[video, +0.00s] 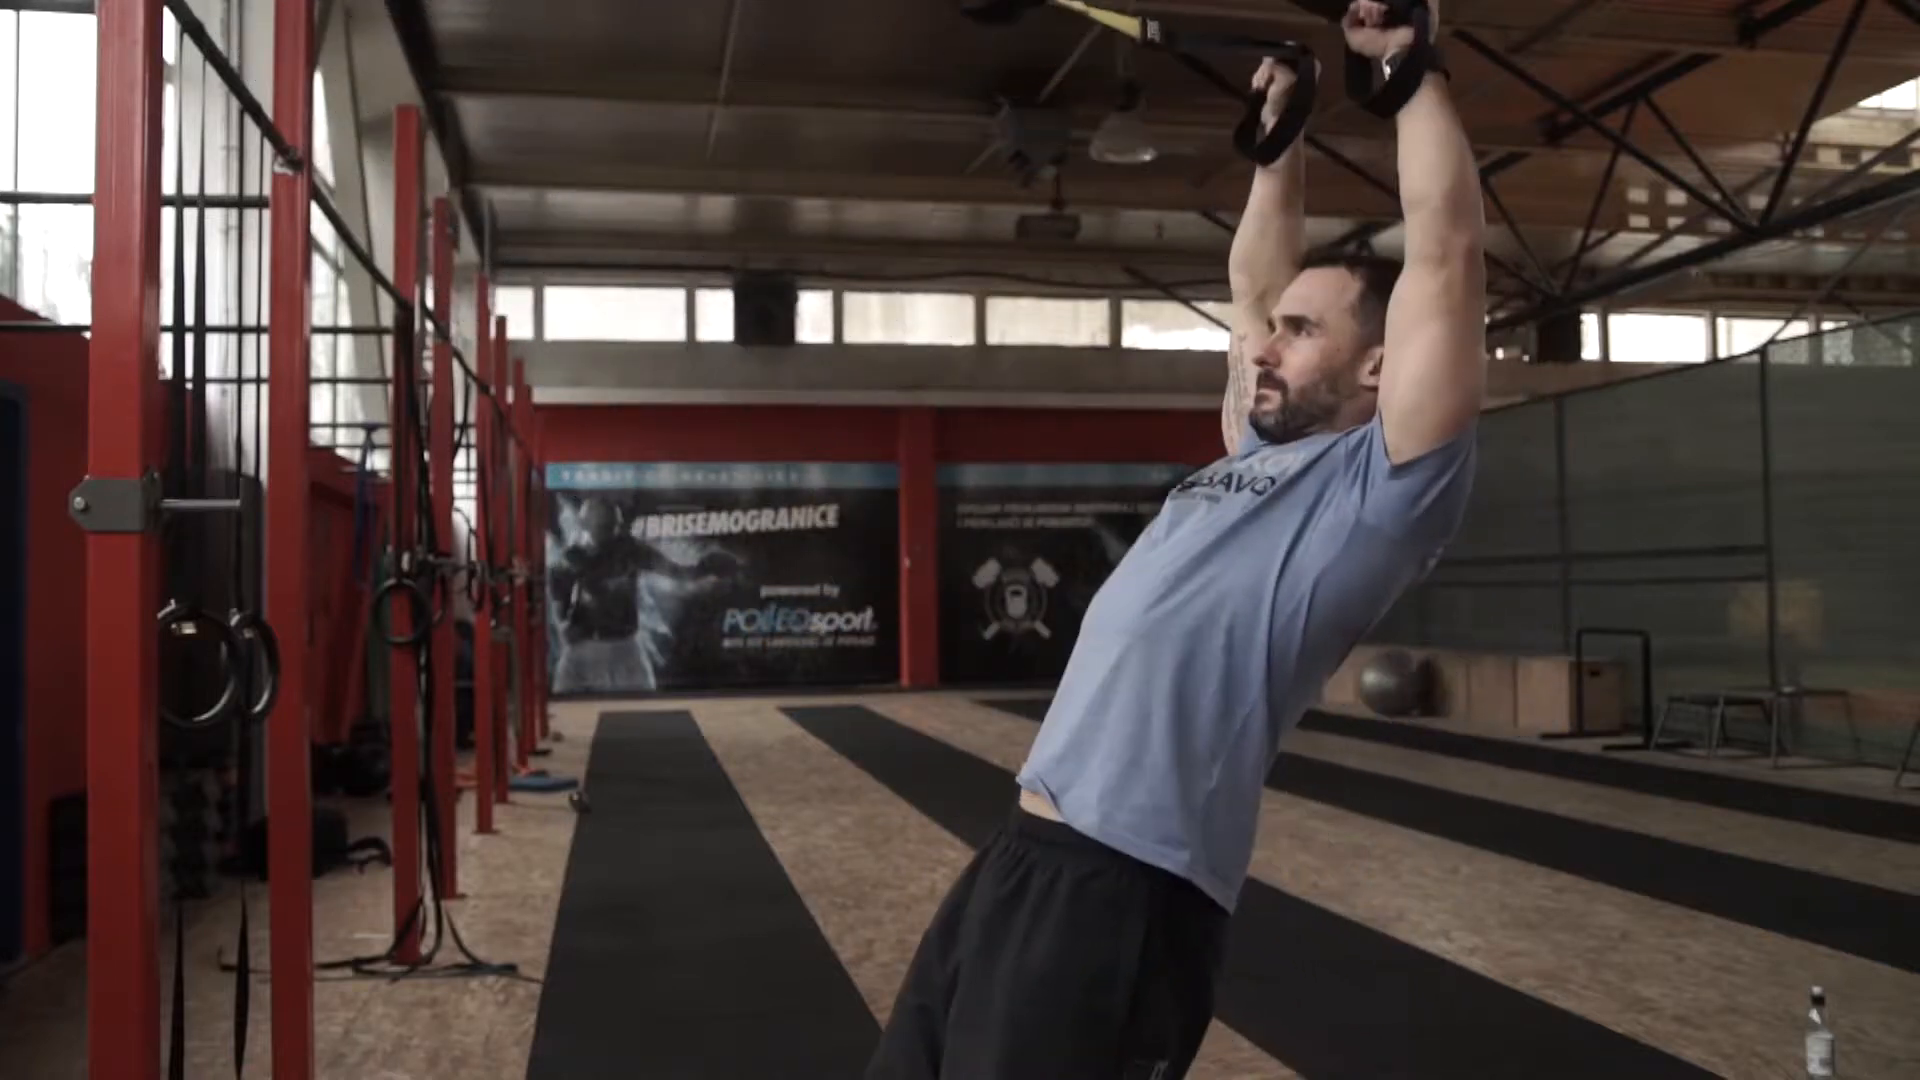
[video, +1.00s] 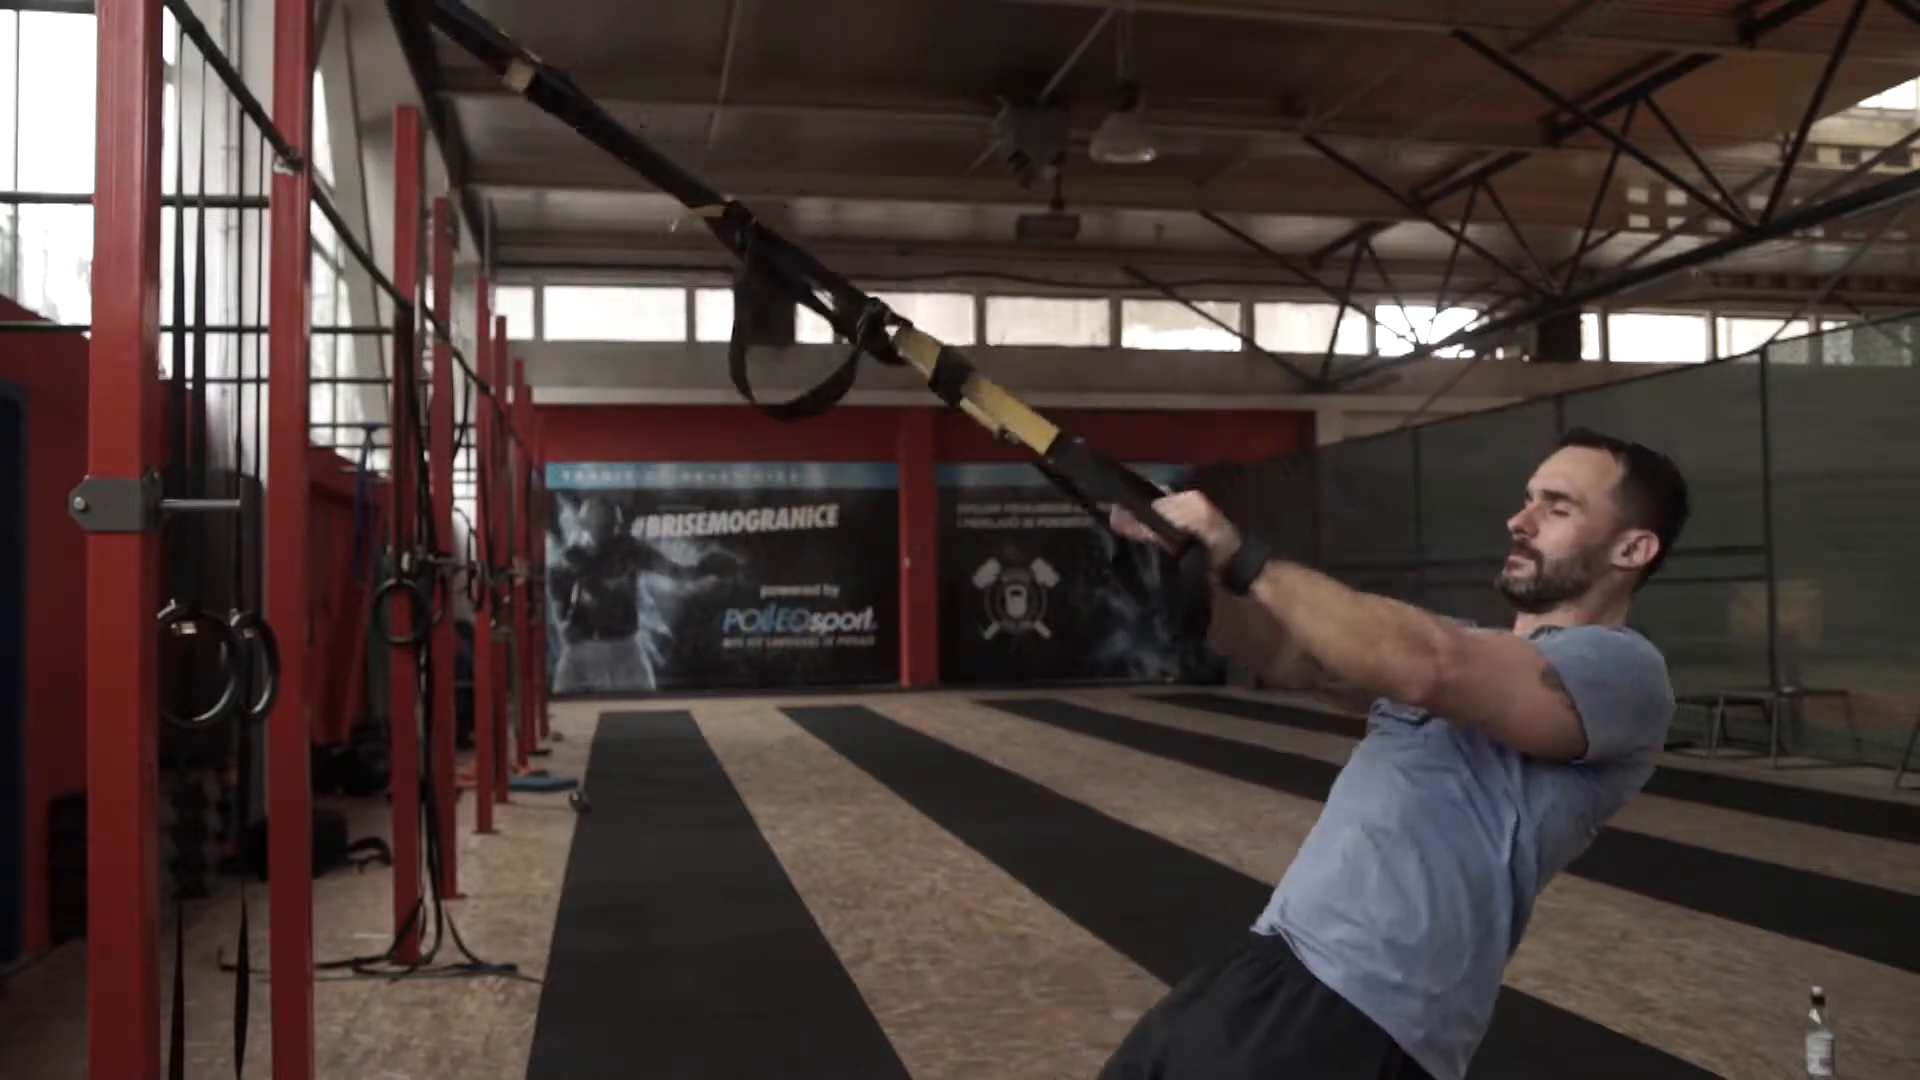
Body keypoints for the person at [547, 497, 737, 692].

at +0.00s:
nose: (601, 528)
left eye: (606, 520)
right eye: (594, 521)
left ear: (616, 520)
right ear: (583, 523)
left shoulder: (631, 550)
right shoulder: (571, 558)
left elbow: (674, 573)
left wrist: (703, 571)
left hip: (625, 648)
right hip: (580, 651)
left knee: (636, 717)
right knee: (574, 719)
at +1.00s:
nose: (601, 525)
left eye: (606, 517)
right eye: (594, 518)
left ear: (615, 518)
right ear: (583, 522)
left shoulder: (630, 549)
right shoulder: (573, 557)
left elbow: (674, 572)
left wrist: (703, 571)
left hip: (624, 647)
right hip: (581, 649)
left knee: (635, 714)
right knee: (573, 717)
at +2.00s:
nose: (600, 526)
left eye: (606, 518)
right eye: (593, 520)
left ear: (615, 519)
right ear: (582, 522)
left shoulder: (630, 549)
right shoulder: (571, 558)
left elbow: (673, 571)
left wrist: (702, 572)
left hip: (625, 648)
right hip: (580, 650)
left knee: (636, 716)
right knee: (573, 718)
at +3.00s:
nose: (601, 530)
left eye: (606, 523)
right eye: (595, 524)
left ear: (616, 521)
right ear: (584, 524)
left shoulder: (629, 549)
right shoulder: (573, 557)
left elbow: (672, 571)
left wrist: (701, 571)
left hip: (625, 647)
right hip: (581, 650)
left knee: (636, 715)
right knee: (572, 717)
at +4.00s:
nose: (541, 619)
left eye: (545, 612)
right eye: (535, 613)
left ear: (552, 609)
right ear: (519, 610)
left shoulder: (563, 634)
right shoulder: (502, 648)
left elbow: (608, 658)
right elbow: (496, 708)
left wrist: (638, 655)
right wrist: (509, 686)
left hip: (560, 738)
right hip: (513, 742)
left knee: (573, 808)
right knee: (504, 811)